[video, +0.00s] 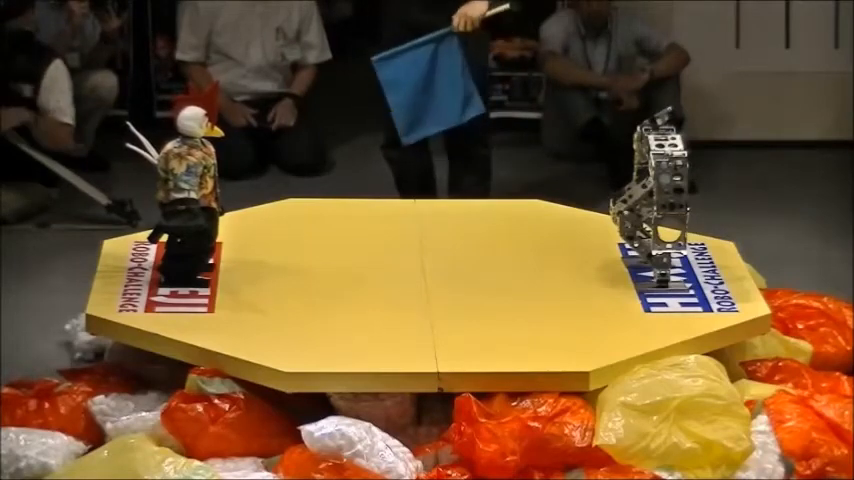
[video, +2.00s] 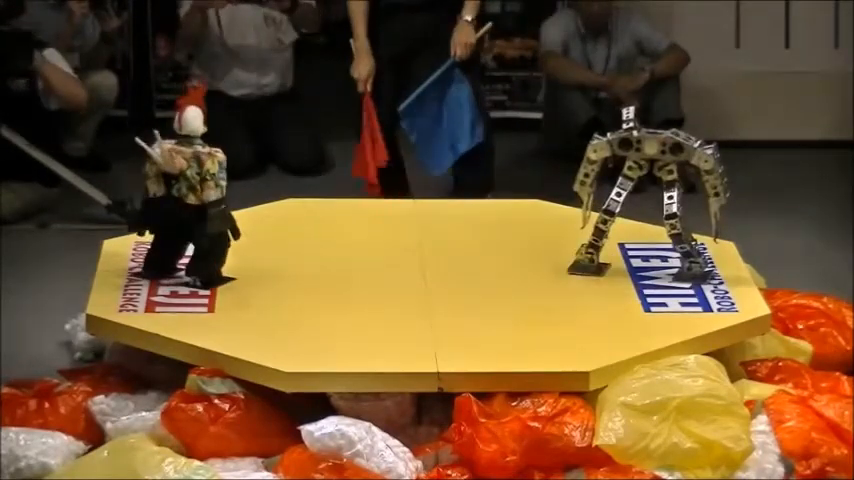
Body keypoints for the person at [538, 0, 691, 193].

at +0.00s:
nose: (594, 8)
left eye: (600, 2)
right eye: (587, 2)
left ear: (610, 4)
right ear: (575, 5)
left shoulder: (626, 25)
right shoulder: (558, 26)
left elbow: (679, 56)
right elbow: (552, 67)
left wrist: (644, 76)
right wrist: (610, 83)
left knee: (666, 78)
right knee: (563, 80)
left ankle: (670, 164)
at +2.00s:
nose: (597, 10)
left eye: (604, 5)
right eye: (590, 4)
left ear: (613, 5)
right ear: (576, 6)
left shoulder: (628, 23)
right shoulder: (558, 25)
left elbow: (679, 56)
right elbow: (551, 64)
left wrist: (644, 76)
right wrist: (609, 83)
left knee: (667, 77)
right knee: (562, 82)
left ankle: (667, 154)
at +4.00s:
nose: (597, 10)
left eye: (603, 4)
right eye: (589, 4)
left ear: (613, 5)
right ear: (576, 6)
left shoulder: (629, 23)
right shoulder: (558, 25)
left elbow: (679, 56)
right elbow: (551, 65)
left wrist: (645, 75)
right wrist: (608, 82)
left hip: (626, 113)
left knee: (668, 79)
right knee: (563, 90)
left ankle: (662, 165)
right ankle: (615, 167)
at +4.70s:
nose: (599, 15)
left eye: (604, 8)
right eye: (592, 8)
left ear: (613, 6)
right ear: (578, 7)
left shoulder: (629, 25)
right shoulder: (558, 26)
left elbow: (679, 56)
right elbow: (551, 65)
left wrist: (643, 77)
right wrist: (608, 82)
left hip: (625, 115)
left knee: (667, 79)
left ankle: (664, 164)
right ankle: (613, 168)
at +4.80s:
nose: (598, 15)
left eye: (604, 9)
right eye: (592, 9)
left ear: (613, 7)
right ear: (578, 7)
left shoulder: (629, 25)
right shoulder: (558, 26)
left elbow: (679, 56)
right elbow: (551, 65)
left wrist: (643, 76)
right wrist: (608, 82)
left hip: (625, 116)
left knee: (667, 79)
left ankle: (664, 165)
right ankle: (611, 169)